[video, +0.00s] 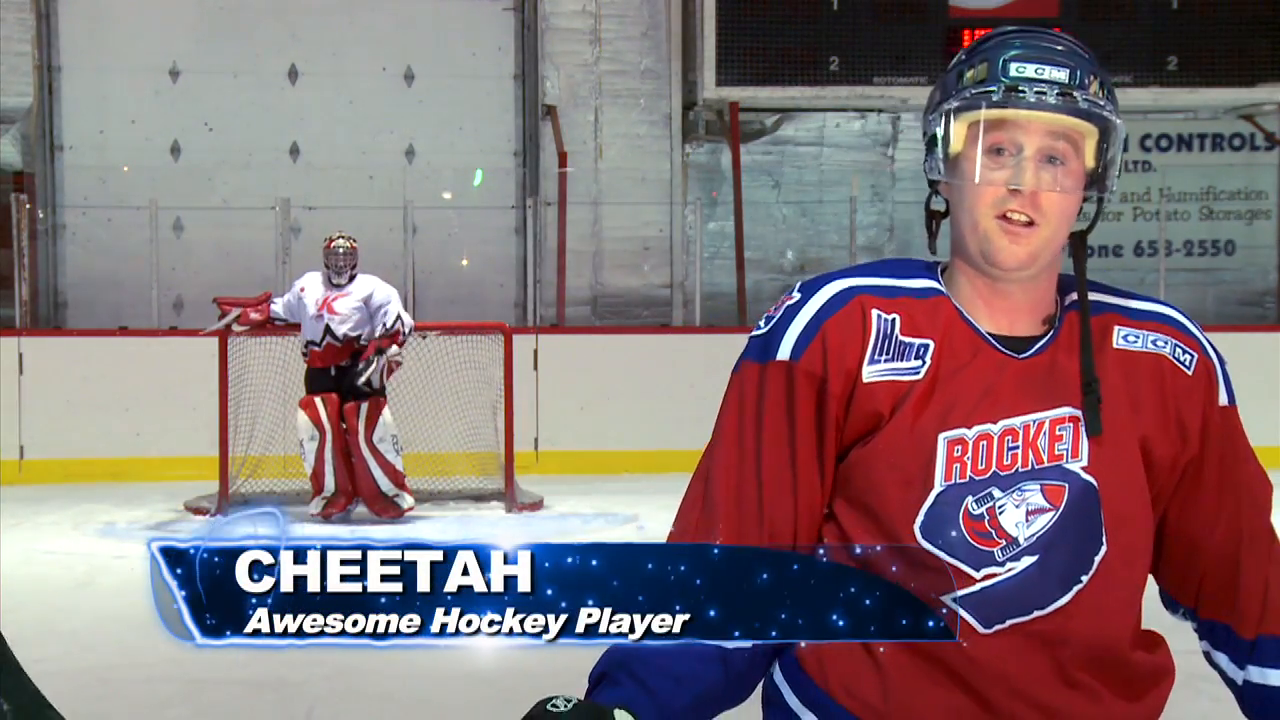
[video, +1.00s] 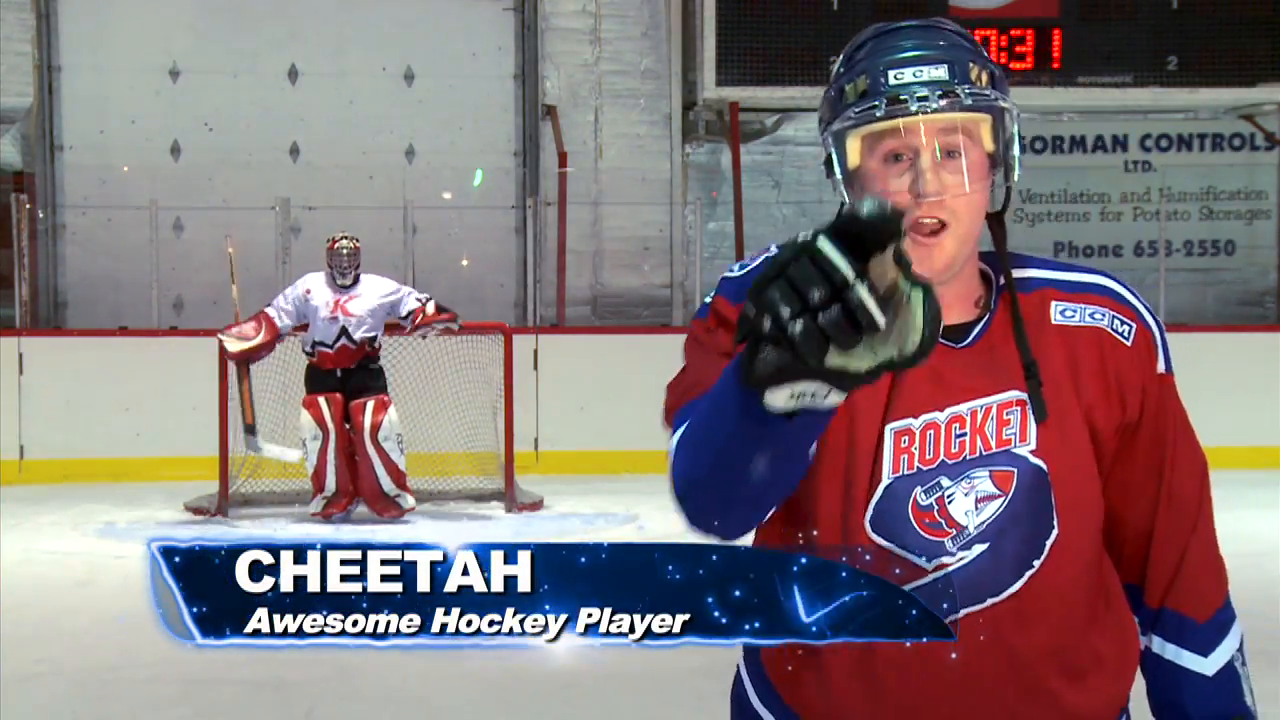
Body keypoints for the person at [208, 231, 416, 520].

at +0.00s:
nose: (340, 263)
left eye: (346, 257)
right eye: (334, 257)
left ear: (355, 259)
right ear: (325, 259)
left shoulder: (372, 289)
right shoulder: (308, 286)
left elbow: (399, 325)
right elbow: (281, 310)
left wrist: (378, 356)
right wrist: (247, 314)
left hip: (359, 372)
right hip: (320, 374)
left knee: (365, 434)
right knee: (325, 435)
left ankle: (389, 497)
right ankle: (334, 497)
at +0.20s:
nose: (341, 263)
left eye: (346, 257)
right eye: (335, 257)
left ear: (355, 259)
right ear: (326, 259)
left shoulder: (372, 290)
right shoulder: (308, 286)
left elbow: (390, 335)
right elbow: (281, 310)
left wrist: (377, 369)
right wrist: (246, 313)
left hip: (358, 373)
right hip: (320, 374)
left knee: (366, 433)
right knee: (325, 434)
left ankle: (389, 498)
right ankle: (334, 497)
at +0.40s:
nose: (342, 263)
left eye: (347, 257)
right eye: (336, 257)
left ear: (356, 259)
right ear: (326, 259)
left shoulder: (374, 292)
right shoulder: (309, 286)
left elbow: (389, 341)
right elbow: (278, 309)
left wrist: (377, 373)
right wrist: (241, 315)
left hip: (358, 373)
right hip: (320, 374)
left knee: (367, 432)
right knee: (326, 434)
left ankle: (389, 498)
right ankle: (334, 497)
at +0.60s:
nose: (342, 263)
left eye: (348, 257)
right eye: (337, 257)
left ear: (357, 259)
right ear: (328, 259)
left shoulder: (376, 291)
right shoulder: (309, 286)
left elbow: (401, 329)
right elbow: (282, 306)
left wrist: (386, 363)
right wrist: (249, 306)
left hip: (361, 375)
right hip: (321, 377)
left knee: (365, 434)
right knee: (325, 435)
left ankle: (390, 500)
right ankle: (334, 498)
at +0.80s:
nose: (344, 263)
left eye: (349, 257)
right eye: (338, 258)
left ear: (358, 259)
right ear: (329, 259)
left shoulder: (376, 289)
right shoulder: (310, 286)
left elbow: (408, 310)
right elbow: (275, 306)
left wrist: (411, 336)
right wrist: (241, 315)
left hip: (363, 372)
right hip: (322, 373)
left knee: (371, 432)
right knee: (325, 435)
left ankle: (391, 501)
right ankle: (332, 500)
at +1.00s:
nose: (344, 264)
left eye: (350, 258)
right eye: (338, 259)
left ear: (358, 260)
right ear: (328, 261)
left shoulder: (378, 288)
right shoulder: (309, 288)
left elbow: (416, 303)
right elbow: (276, 315)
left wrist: (432, 315)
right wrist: (246, 332)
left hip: (365, 374)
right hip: (322, 375)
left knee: (372, 433)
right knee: (327, 435)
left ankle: (387, 500)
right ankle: (334, 499)